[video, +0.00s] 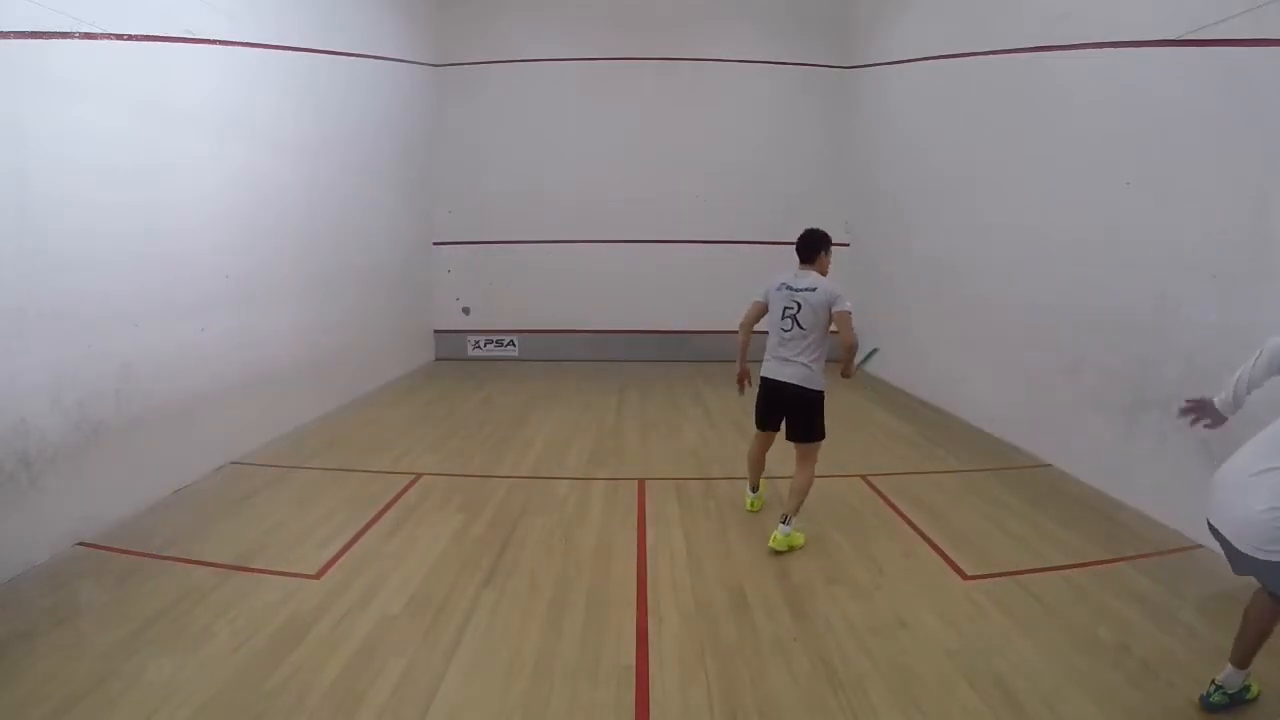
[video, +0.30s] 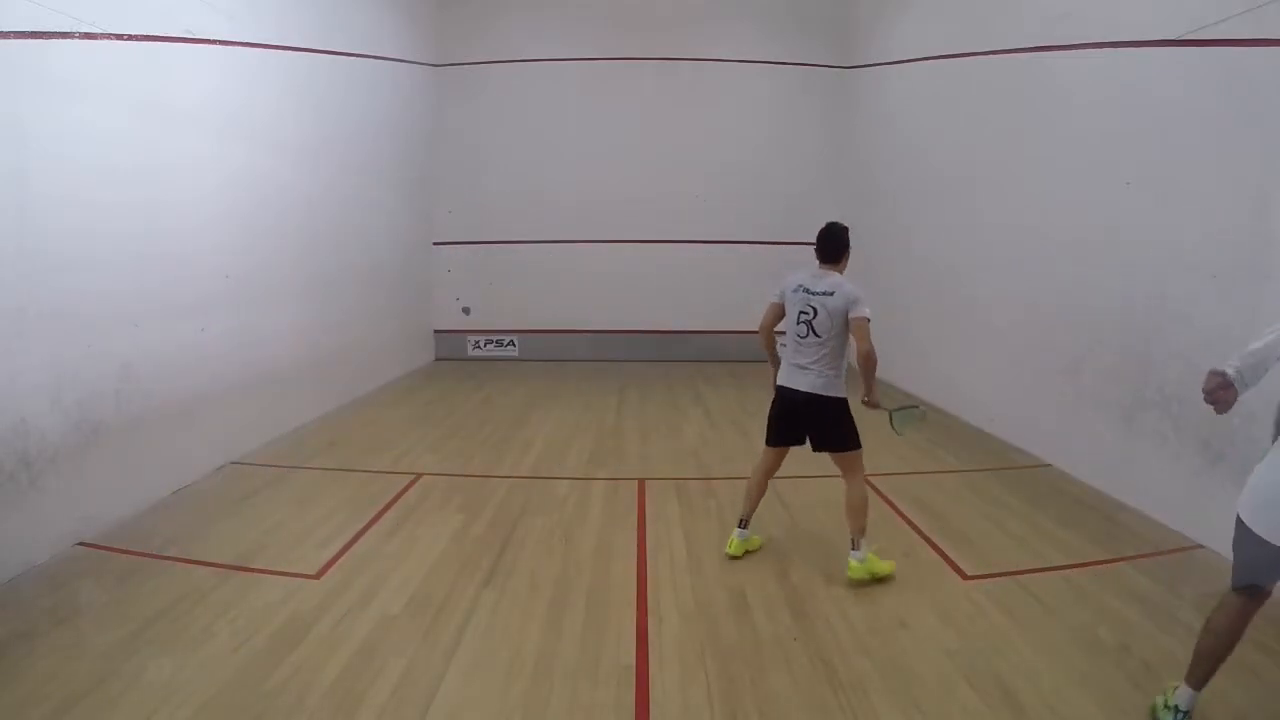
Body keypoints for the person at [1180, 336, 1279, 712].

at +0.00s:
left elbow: (1273, 353)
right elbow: (1272, 354)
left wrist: (1224, 402)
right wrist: (1226, 403)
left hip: (1225, 500)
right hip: (1267, 529)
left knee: (1273, 589)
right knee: (1272, 591)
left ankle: (1230, 681)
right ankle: (1231, 680)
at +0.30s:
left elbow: (1276, 339)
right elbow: (1278, 339)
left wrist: (1238, 372)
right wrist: (1239, 372)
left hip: (1271, 496)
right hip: (1271, 498)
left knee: (1249, 591)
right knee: (1248, 592)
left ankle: (1182, 701)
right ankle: (1183, 700)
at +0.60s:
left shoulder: (1253, 315)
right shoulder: (1253, 316)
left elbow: (1197, 376)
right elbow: (1197, 376)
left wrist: (1155, 470)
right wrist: (1156, 471)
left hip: (1225, 531)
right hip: (1275, 546)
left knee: (1151, 651)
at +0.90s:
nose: (1233, 231)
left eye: (1233, 223)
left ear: (1239, 222)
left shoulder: (1185, 266)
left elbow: (1094, 313)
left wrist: (1053, 416)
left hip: (1148, 513)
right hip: (1236, 538)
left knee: (1113, 652)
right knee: (1195, 665)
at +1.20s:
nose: (1210, 234)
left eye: (1212, 225)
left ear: (1216, 232)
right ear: (1275, 251)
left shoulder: (1149, 288)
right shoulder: (1273, 326)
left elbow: (1069, 361)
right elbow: (1272, 469)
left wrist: (1024, 461)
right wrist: (1269, 587)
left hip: (1090, 524)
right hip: (1169, 561)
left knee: (1101, 623)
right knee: (1128, 698)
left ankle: (1048, 714)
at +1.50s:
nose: (1175, 235)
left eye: (1176, 226)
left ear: (1177, 235)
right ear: (1234, 250)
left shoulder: (1120, 290)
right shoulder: (1251, 340)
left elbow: (1042, 359)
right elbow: (1230, 459)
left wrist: (1033, 420)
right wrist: (1203, 531)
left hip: (1078, 506)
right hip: (1158, 535)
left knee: (1071, 600)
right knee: (1129, 675)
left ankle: (1022, 710)